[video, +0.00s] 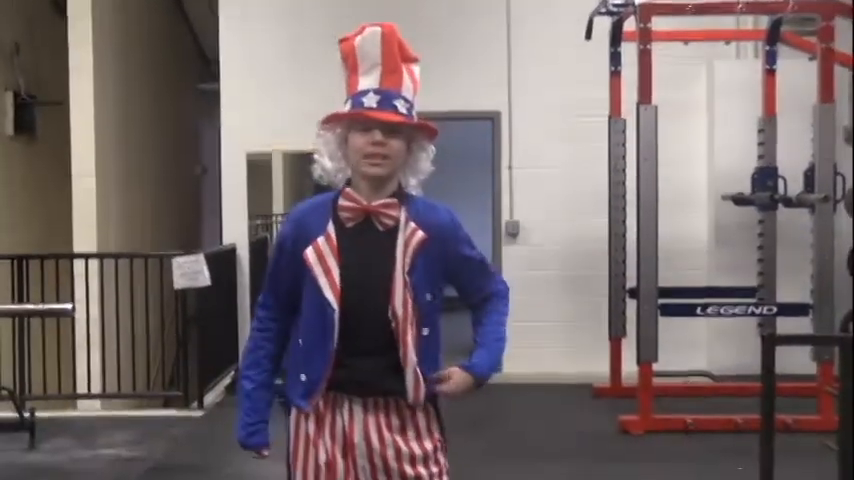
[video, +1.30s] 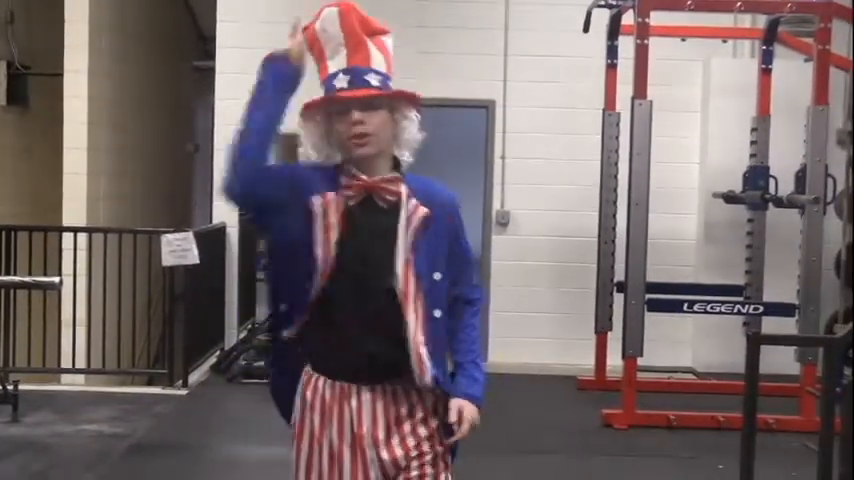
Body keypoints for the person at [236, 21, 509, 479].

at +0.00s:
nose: (377, 143)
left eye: (391, 133)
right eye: (364, 130)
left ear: (410, 148)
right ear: (343, 142)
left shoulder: (435, 226)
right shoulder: (304, 224)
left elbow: (490, 295)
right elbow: (269, 321)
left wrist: (478, 367)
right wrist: (253, 421)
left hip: (407, 422)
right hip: (321, 421)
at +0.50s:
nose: (336, 116)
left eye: (350, 107)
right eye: (323, 103)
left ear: (367, 122)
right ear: (301, 114)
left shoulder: (399, 205)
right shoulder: (270, 209)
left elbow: (443, 283)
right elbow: (254, 320)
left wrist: (422, 355)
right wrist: (248, 413)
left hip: (373, 407)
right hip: (293, 407)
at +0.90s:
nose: (318, 120)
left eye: (331, 110)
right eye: (304, 109)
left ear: (349, 126)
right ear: (283, 122)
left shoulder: (384, 195)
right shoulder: (267, 218)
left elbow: (446, 281)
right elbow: (258, 325)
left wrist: (423, 374)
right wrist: (204, 399)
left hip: (376, 405)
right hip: (297, 409)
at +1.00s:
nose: (325, 120)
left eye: (337, 111)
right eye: (311, 109)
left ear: (353, 125)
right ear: (288, 123)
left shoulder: (389, 195)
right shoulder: (278, 212)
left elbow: (453, 284)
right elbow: (260, 306)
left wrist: (436, 383)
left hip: (381, 405)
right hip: (302, 406)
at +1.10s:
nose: (338, 118)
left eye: (350, 109)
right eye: (324, 107)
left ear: (367, 124)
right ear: (301, 122)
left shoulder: (401, 196)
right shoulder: (287, 206)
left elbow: (463, 288)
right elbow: (236, 274)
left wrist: (450, 384)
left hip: (391, 407)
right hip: (308, 406)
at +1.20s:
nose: (349, 121)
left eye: (361, 109)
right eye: (335, 110)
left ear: (381, 121)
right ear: (314, 124)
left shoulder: (422, 200)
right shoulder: (283, 203)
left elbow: (467, 298)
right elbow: (202, 223)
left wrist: (464, 388)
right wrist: (221, 121)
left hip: (404, 409)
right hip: (318, 409)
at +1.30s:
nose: (355, 123)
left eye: (369, 108)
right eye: (342, 112)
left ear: (396, 118)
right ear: (329, 127)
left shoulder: (436, 205)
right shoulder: (302, 191)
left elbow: (466, 301)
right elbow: (242, 182)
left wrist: (466, 388)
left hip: (413, 406)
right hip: (328, 406)